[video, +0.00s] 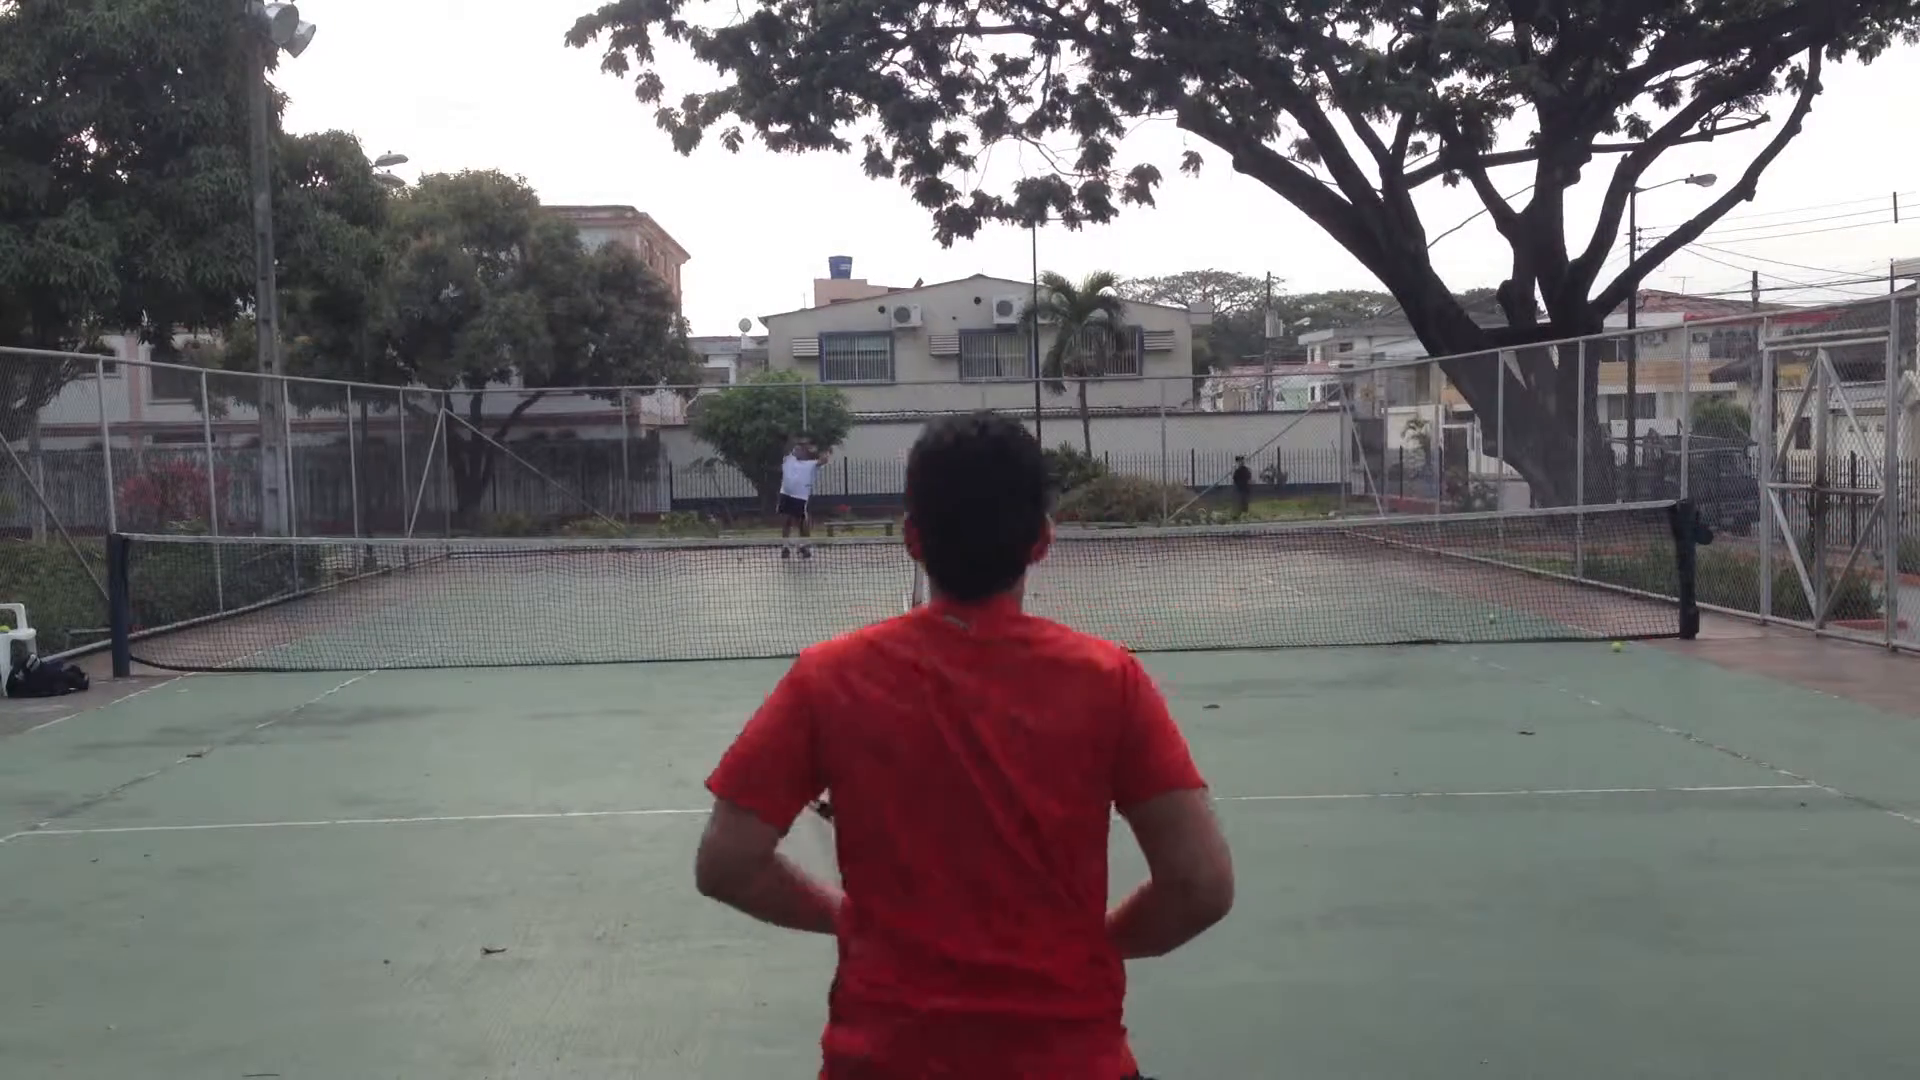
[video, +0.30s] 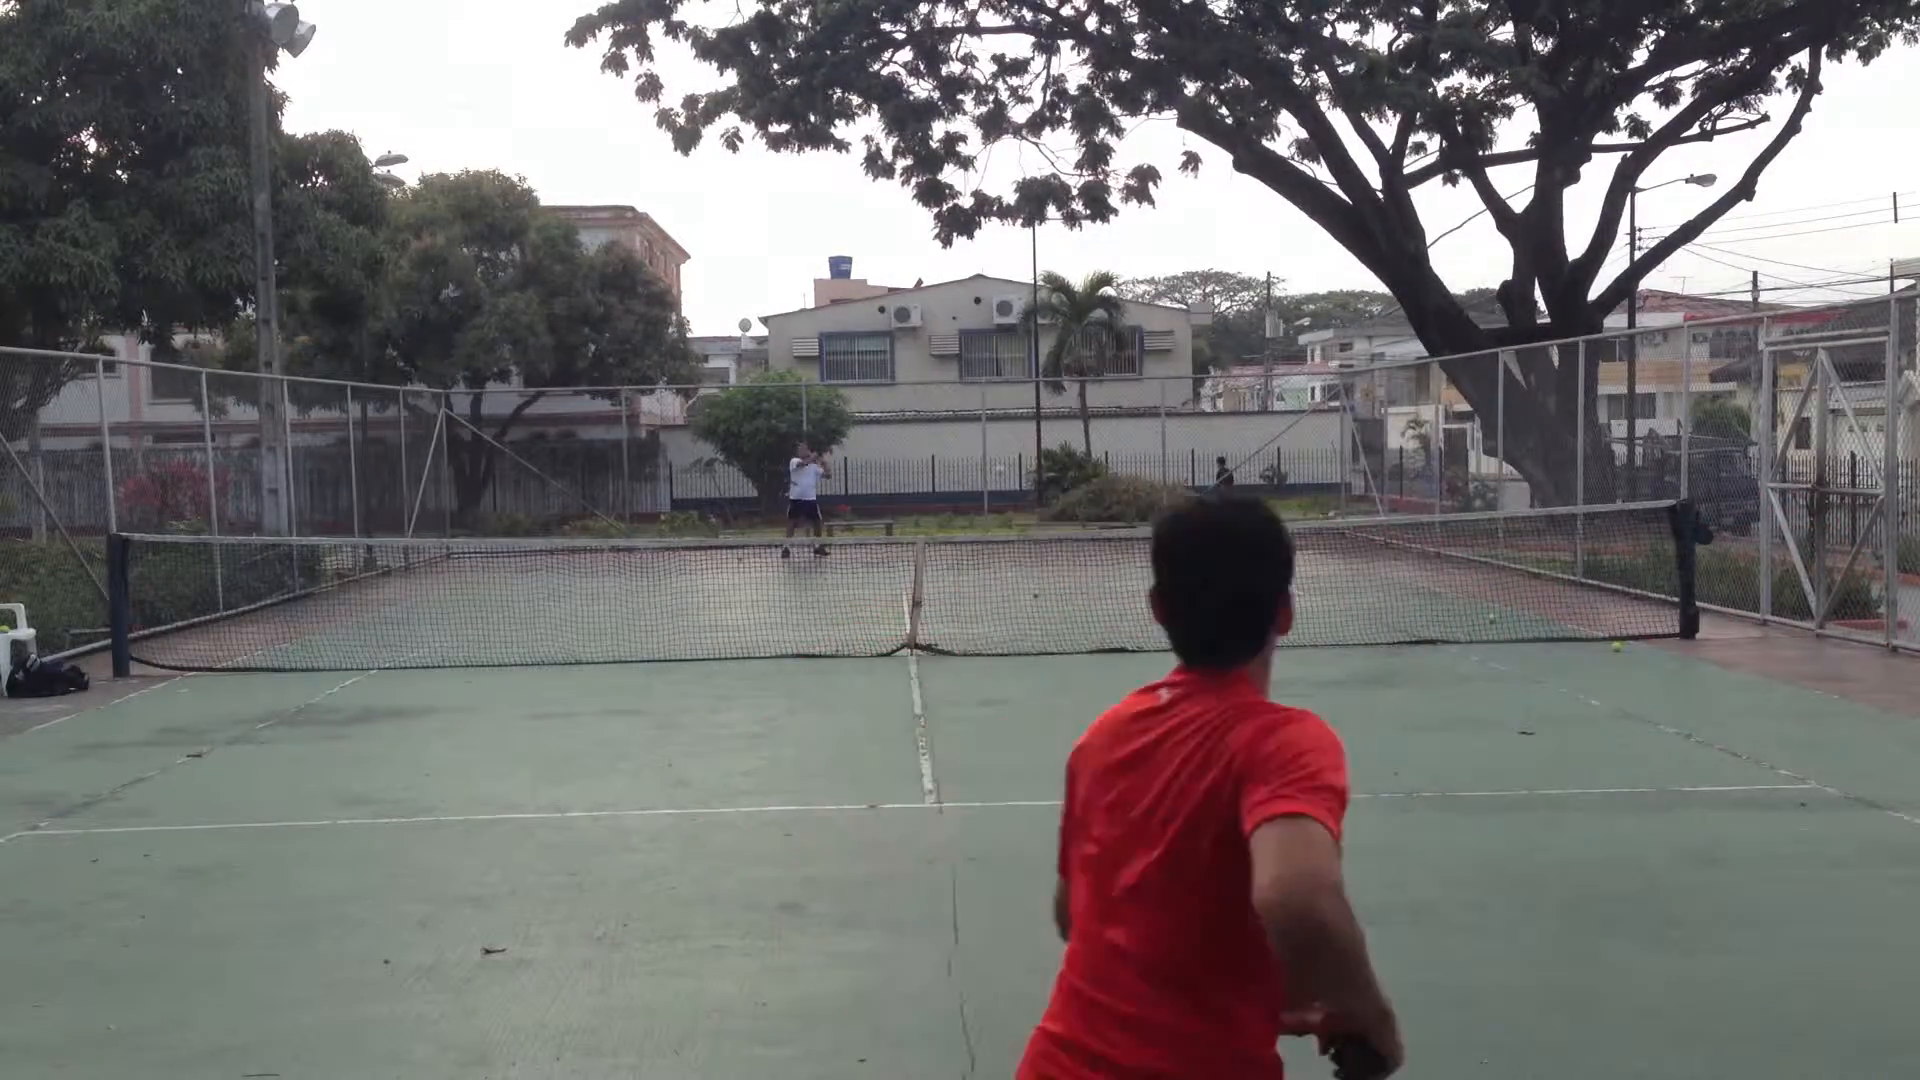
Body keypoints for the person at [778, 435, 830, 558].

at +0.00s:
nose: (798, 451)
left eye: (801, 449)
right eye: (797, 448)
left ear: (806, 452)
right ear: (794, 449)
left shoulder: (811, 463)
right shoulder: (788, 460)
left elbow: (823, 461)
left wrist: (824, 455)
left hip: (802, 497)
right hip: (786, 494)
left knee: (803, 523)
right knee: (786, 520)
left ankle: (804, 546)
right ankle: (785, 545)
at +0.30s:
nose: (800, 449)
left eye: (803, 447)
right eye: (799, 447)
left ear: (809, 451)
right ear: (798, 451)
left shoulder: (814, 466)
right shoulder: (794, 461)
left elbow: (827, 475)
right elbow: (801, 464)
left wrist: (825, 464)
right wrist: (812, 458)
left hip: (811, 499)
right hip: (796, 498)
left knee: (817, 522)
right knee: (792, 522)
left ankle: (818, 546)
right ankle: (787, 546)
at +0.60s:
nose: (825, 455)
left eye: (827, 452)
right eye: (822, 452)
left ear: (829, 454)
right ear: (817, 454)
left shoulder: (833, 468)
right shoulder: (813, 469)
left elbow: (838, 485)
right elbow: (805, 484)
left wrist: (837, 481)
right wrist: (815, 487)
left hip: (829, 501)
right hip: (815, 501)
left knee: (829, 525)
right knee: (813, 523)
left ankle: (821, 546)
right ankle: (807, 545)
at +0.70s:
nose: (827, 454)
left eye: (829, 452)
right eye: (825, 452)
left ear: (831, 452)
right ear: (821, 453)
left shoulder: (838, 464)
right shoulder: (815, 466)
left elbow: (845, 479)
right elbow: (809, 483)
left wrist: (839, 480)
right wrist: (821, 485)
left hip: (835, 498)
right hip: (821, 498)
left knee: (831, 523)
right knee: (824, 521)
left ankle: (828, 545)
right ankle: (823, 543)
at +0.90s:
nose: (836, 456)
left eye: (837, 453)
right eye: (833, 454)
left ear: (839, 453)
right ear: (828, 455)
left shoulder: (848, 466)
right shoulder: (824, 469)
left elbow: (855, 480)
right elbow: (818, 486)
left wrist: (848, 480)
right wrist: (829, 488)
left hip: (847, 499)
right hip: (833, 500)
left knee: (852, 524)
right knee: (839, 522)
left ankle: (836, 532)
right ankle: (841, 545)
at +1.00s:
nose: (839, 455)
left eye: (840, 453)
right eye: (836, 453)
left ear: (844, 453)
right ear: (832, 454)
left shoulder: (851, 466)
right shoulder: (829, 468)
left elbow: (859, 480)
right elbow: (825, 485)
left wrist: (854, 479)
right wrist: (836, 487)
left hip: (852, 500)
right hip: (837, 500)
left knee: (858, 523)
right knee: (840, 524)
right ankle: (842, 545)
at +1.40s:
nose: (860, 455)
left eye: (862, 452)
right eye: (858, 452)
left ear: (865, 452)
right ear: (854, 453)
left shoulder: (873, 464)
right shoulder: (850, 467)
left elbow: (881, 479)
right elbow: (845, 484)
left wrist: (876, 478)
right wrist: (858, 486)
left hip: (873, 499)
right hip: (858, 500)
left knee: (878, 523)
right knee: (853, 522)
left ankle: (881, 544)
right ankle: (847, 544)